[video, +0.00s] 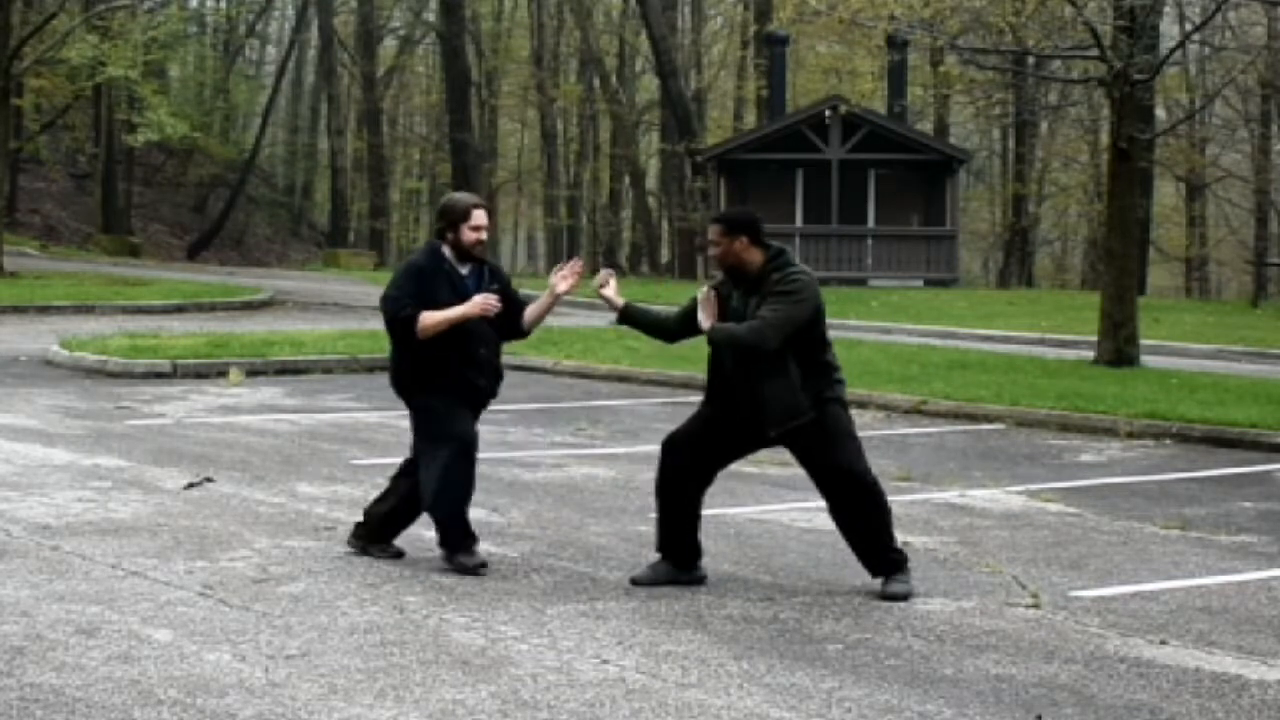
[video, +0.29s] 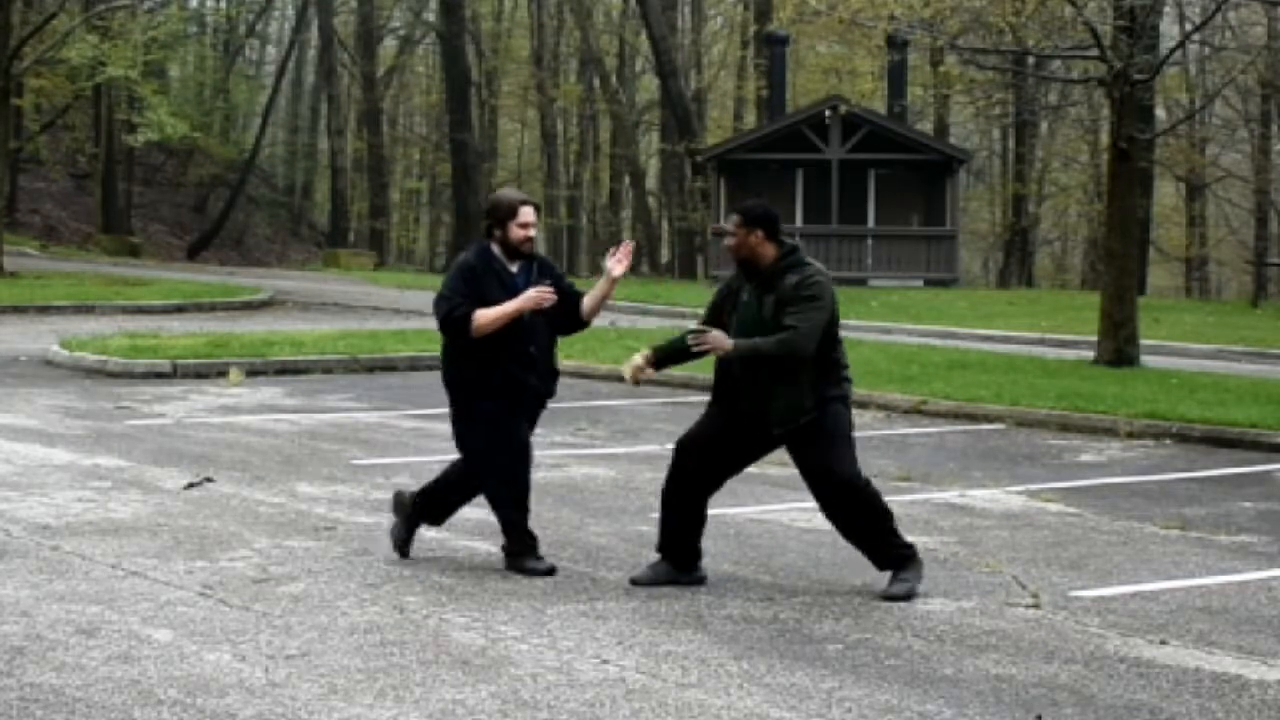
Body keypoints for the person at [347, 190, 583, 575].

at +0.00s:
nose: (483, 236)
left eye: (486, 228)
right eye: (475, 228)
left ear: (487, 230)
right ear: (450, 230)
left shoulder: (488, 274)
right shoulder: (422, 268)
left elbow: (513, 326)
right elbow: (405, 326)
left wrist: (552, 295)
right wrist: (464, 311)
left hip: (470, 388)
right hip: (427, 385)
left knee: (431, 462)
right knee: (457, 450)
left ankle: (372, 533)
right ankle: (458, 546)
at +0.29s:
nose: (531, 233)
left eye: (533, 225)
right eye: (523, 226)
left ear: (536, 227)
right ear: (498, 228)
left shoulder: (538, 269)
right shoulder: (472, 267)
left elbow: (574, 318)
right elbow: (457, 324)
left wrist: (608, 280)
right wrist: (519, 305)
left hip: (526, 390)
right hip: (479, 391)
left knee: (487, 464)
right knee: (509, 466)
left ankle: (415, 508)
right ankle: (520, 550)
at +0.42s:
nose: (554, 235)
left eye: (557, 228)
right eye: (546, 229)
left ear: (558, 229)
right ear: (522, 230)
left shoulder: (561, 273)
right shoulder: (494, 272)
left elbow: (598, 317)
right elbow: (486, 328)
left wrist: (633, 284)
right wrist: (548, 303)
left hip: (548, 394)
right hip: (498, 395)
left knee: (557, 466)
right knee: (518, 465)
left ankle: (481, 510)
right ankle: (520, 549)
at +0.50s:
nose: (571, 233)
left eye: (574, 226)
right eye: (563, 226)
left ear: (575, 227)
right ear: (538, 228)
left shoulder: (578, 271)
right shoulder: (510, 267)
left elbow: (613, 318)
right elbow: (501, 324)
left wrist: (648, 290)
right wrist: (565, 300)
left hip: (563, 392)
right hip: (512, 394)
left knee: (587, 459)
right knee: (524, 468)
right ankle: (520, 549)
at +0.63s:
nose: (596, 227)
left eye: (599, 219)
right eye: (588, 220)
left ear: (600, 221)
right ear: (563, 221)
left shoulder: (605, 268)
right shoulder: (534, 261)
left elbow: (639, 316)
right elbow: (522, 315)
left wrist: (673, 289)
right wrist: (589, 294)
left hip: (590, 390)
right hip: (535, 392)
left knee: (626, 463)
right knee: (536, 470)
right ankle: (521, 550)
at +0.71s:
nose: (612, 224)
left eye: (615, 216)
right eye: (605, 216)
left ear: (615, 219)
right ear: (580, 218)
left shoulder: (618, 264)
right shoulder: (550, 259)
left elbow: (658, 309)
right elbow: (539, 310)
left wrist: (694, 281)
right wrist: (605, 288)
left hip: (610, 392)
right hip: (554, 392)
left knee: (645, 467)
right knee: (547, 471)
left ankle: (681, 545)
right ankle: (521, 549)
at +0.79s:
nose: (631, 222)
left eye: (633, 215)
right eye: (623, 215)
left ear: (633, 218)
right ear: (598, 217)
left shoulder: (638, 260)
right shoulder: (570, 256)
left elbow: (670, 299)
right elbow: (558, 307)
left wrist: (708, 288)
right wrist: (623, 281)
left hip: (632, 391)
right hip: (579, 392)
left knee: (661, 471)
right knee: (560, 473)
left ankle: (683, 551)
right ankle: (523, 548)